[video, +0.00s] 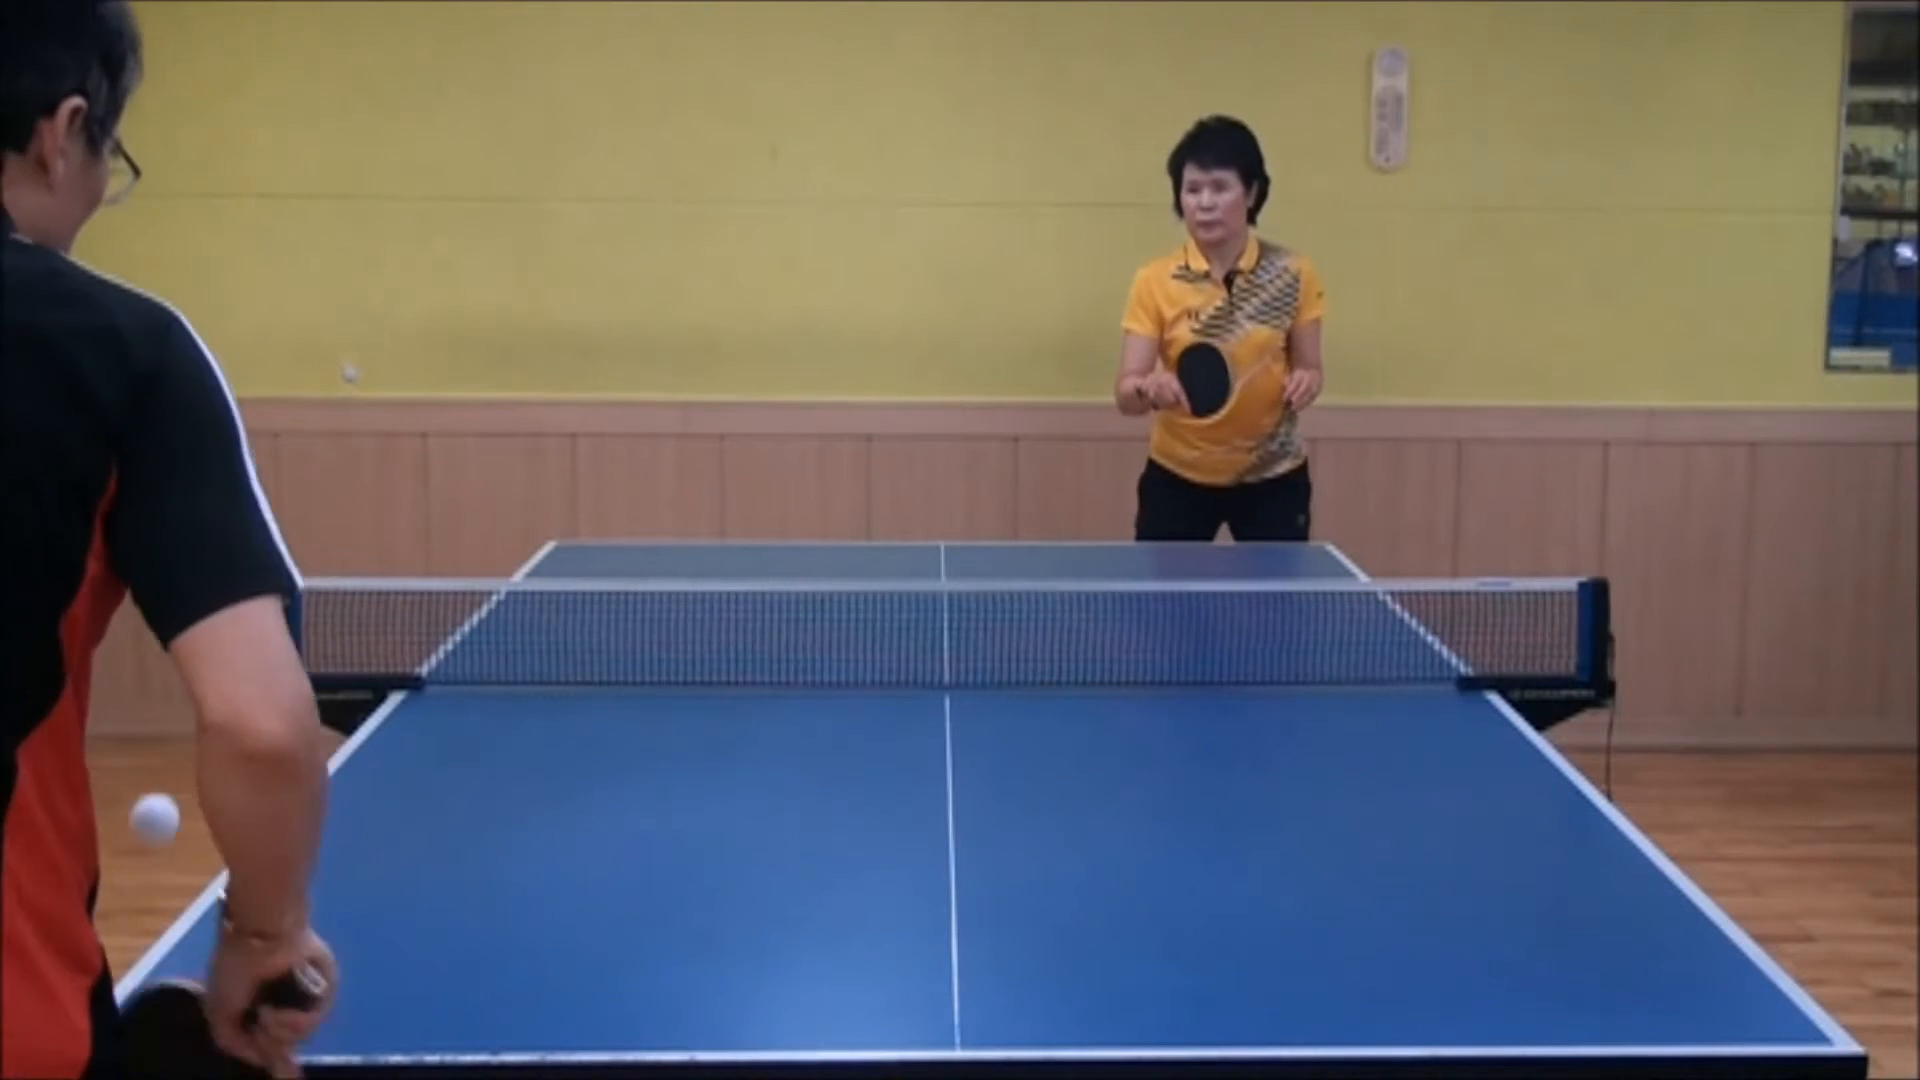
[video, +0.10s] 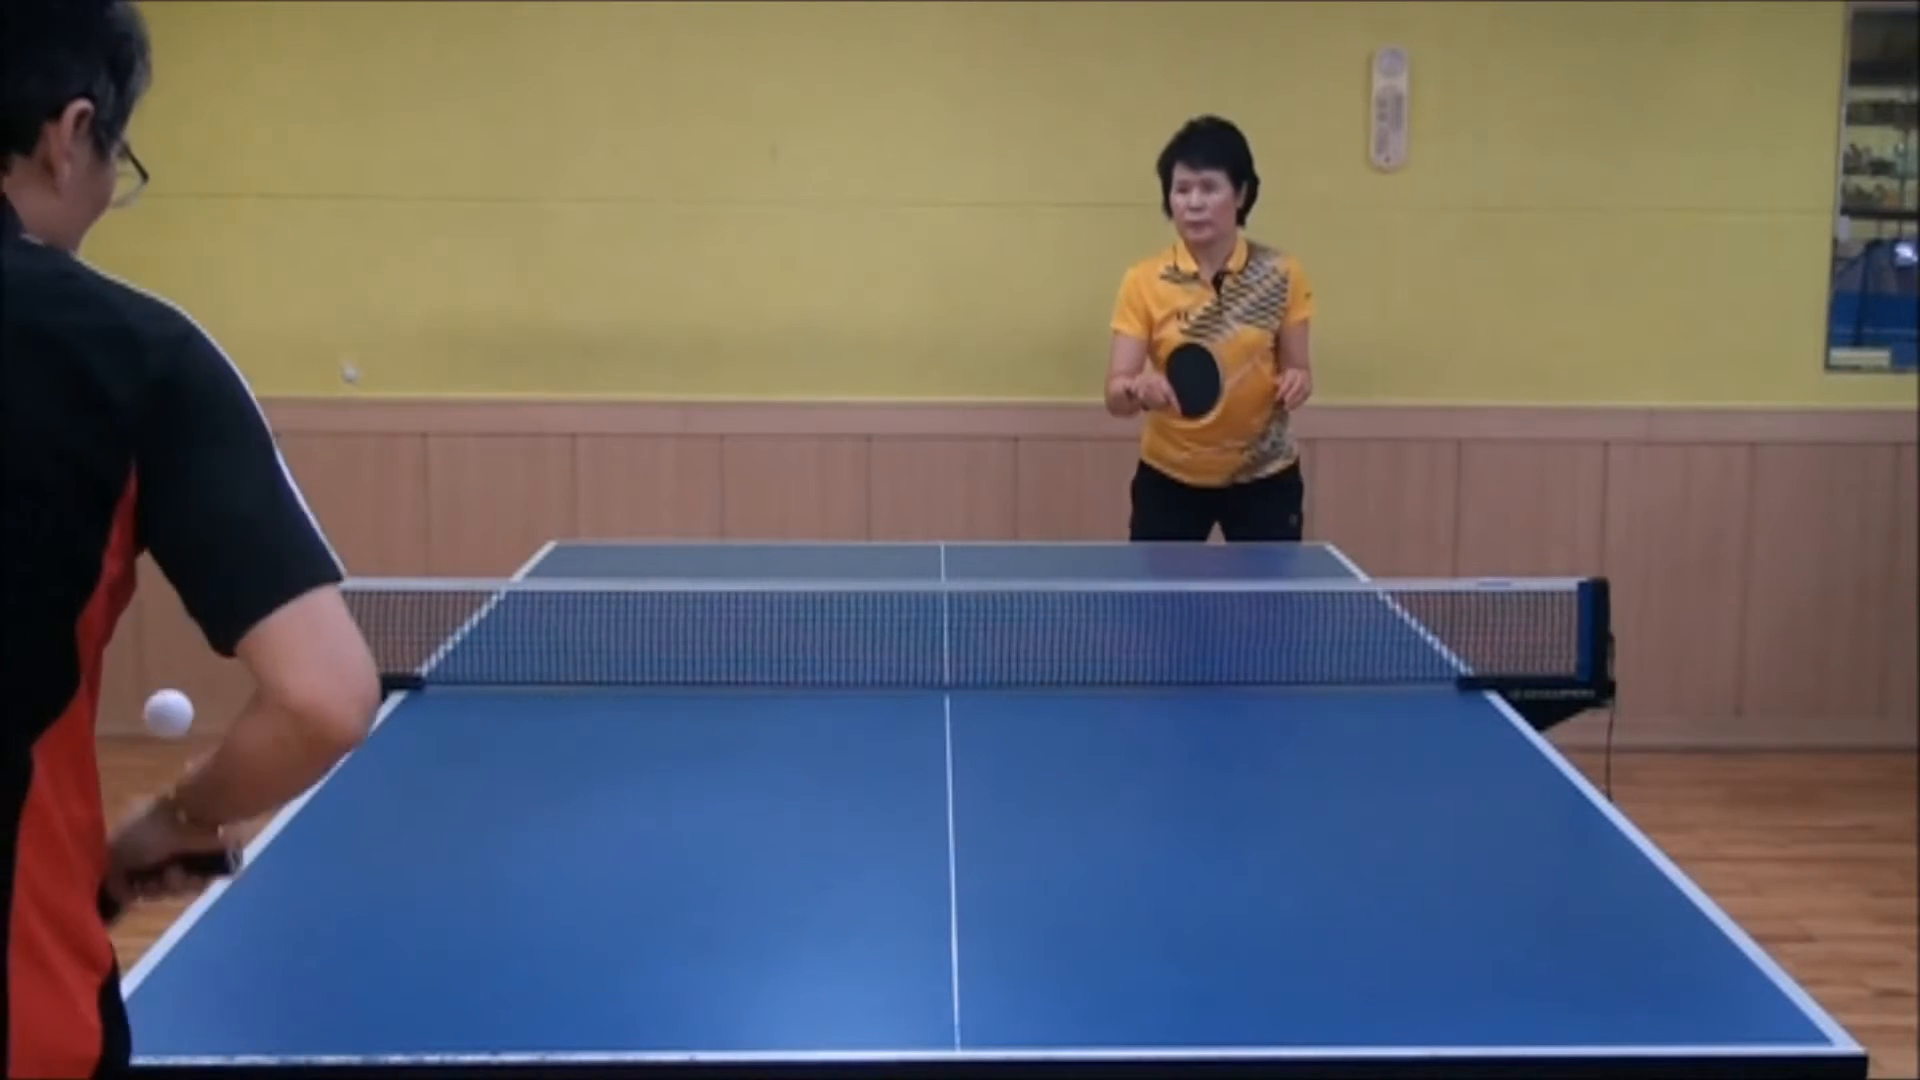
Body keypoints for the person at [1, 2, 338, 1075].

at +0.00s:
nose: (106, 189)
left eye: (110, 150)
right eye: (107, 146)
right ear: (55, 132)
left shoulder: (112, 348)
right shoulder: (105, 344)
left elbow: (261, 720)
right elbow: (263, 721)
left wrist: (267, 935)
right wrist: (267, 933)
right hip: (22, 1005)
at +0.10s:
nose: (110, 194)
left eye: (117, 159)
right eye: (116, 153)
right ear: (64, 132)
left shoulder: (120, 353)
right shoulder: (116, 348)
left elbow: (326, 694)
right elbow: (326, 697)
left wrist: (168, 829)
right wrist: (179, 823)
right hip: (28, 991)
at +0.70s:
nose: (41, 131)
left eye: (42, 95)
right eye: (40, 95)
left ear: (27, 104)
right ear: (15, 106)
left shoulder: (69, 338)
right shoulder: (63, 337)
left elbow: (294, 678)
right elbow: (300, 678)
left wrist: (359, 716)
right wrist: (371, 721)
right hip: (7, 1000)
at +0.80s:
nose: (30, 126)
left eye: (32, 87)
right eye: (32, 86)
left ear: (21, 101)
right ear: (12, 103)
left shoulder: (60, 338)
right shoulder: (52, 337)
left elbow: (257, 698)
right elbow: (259, 699)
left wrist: (318, 741)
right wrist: (334, 750)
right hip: (3, 1000)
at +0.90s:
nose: (21, 115)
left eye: (20, 79)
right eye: (20, 77)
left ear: (13, 99)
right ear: (5, 97)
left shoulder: (51, 342)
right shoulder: (41, 341)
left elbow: (218, 722)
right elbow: (223, 722)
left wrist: (288, 766)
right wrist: (296, 775)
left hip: (9, 987)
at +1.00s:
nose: (15, 103)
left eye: (11, 83)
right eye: (10, 82)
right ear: (4, 86)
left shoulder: (38, 341)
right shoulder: (29, 341)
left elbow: (179, 737)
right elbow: (180, 736)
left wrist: (246, 797)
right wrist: (253, 805)